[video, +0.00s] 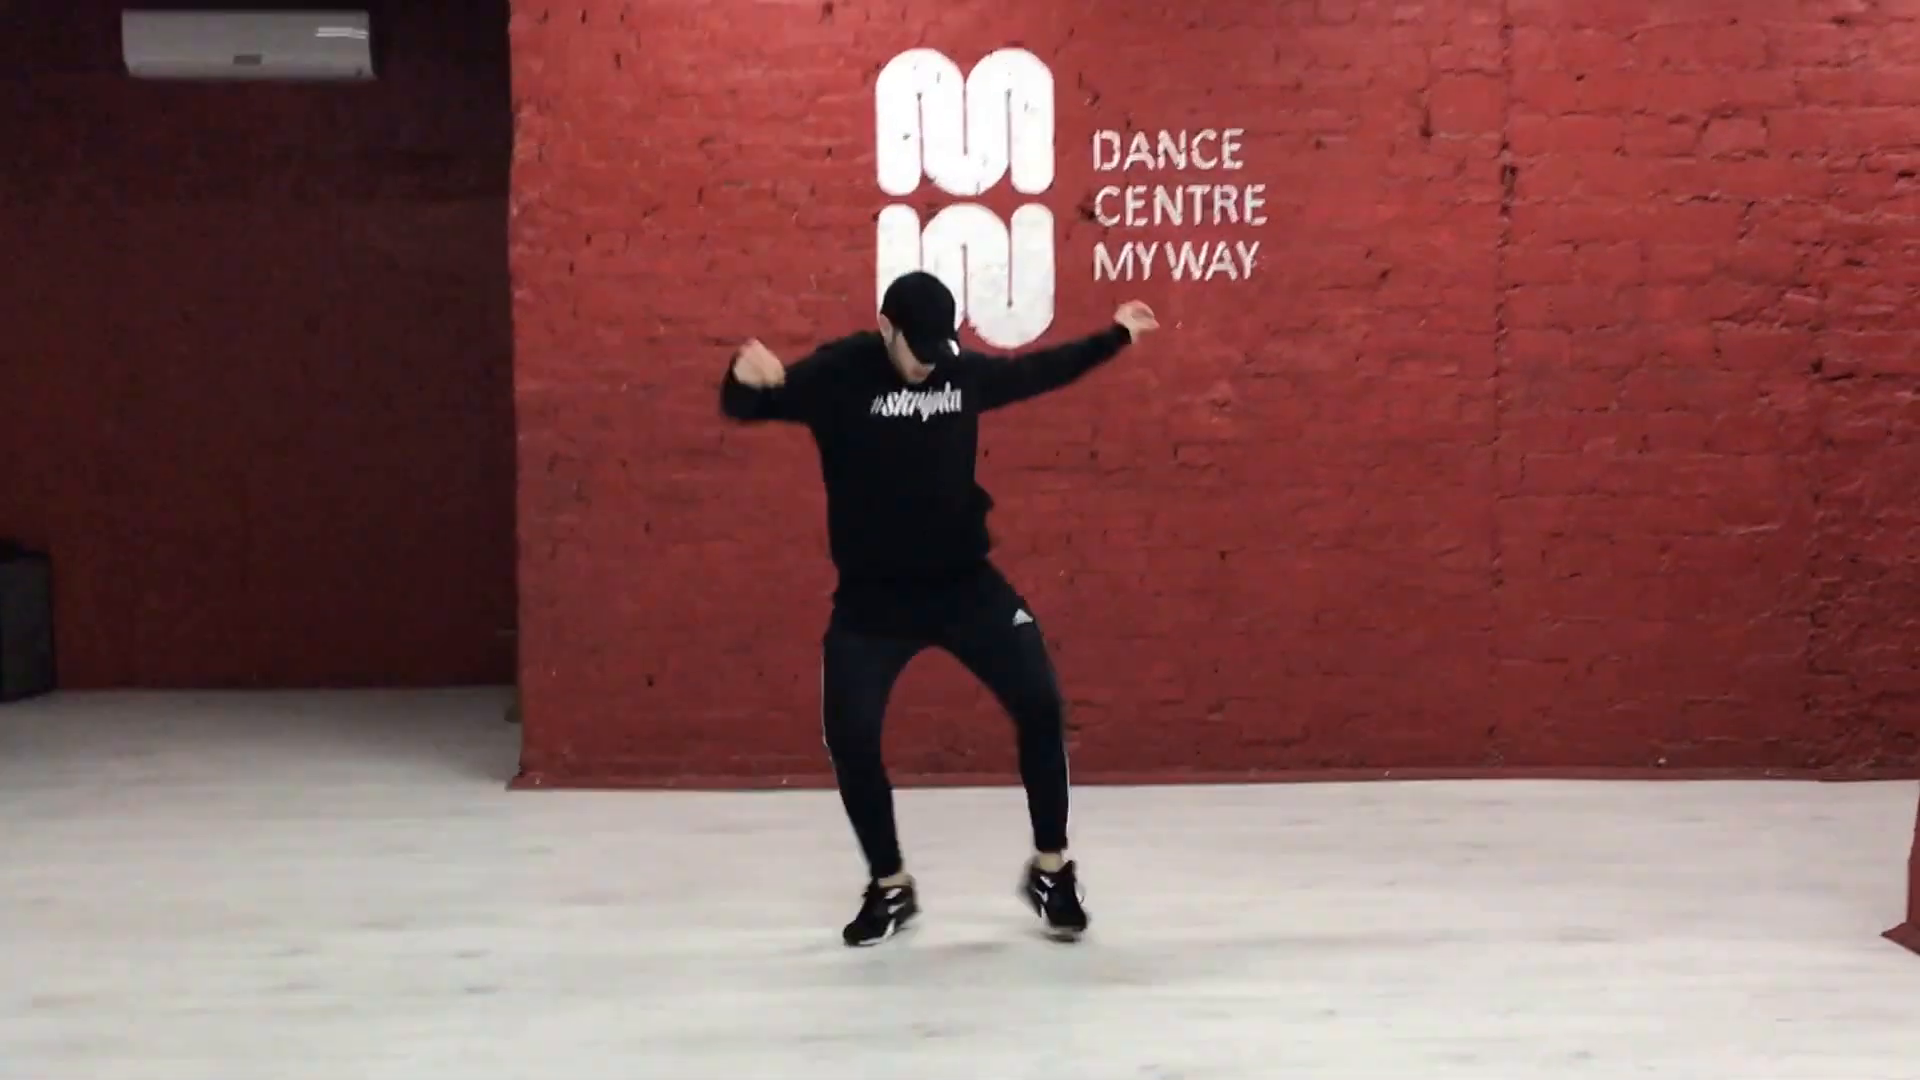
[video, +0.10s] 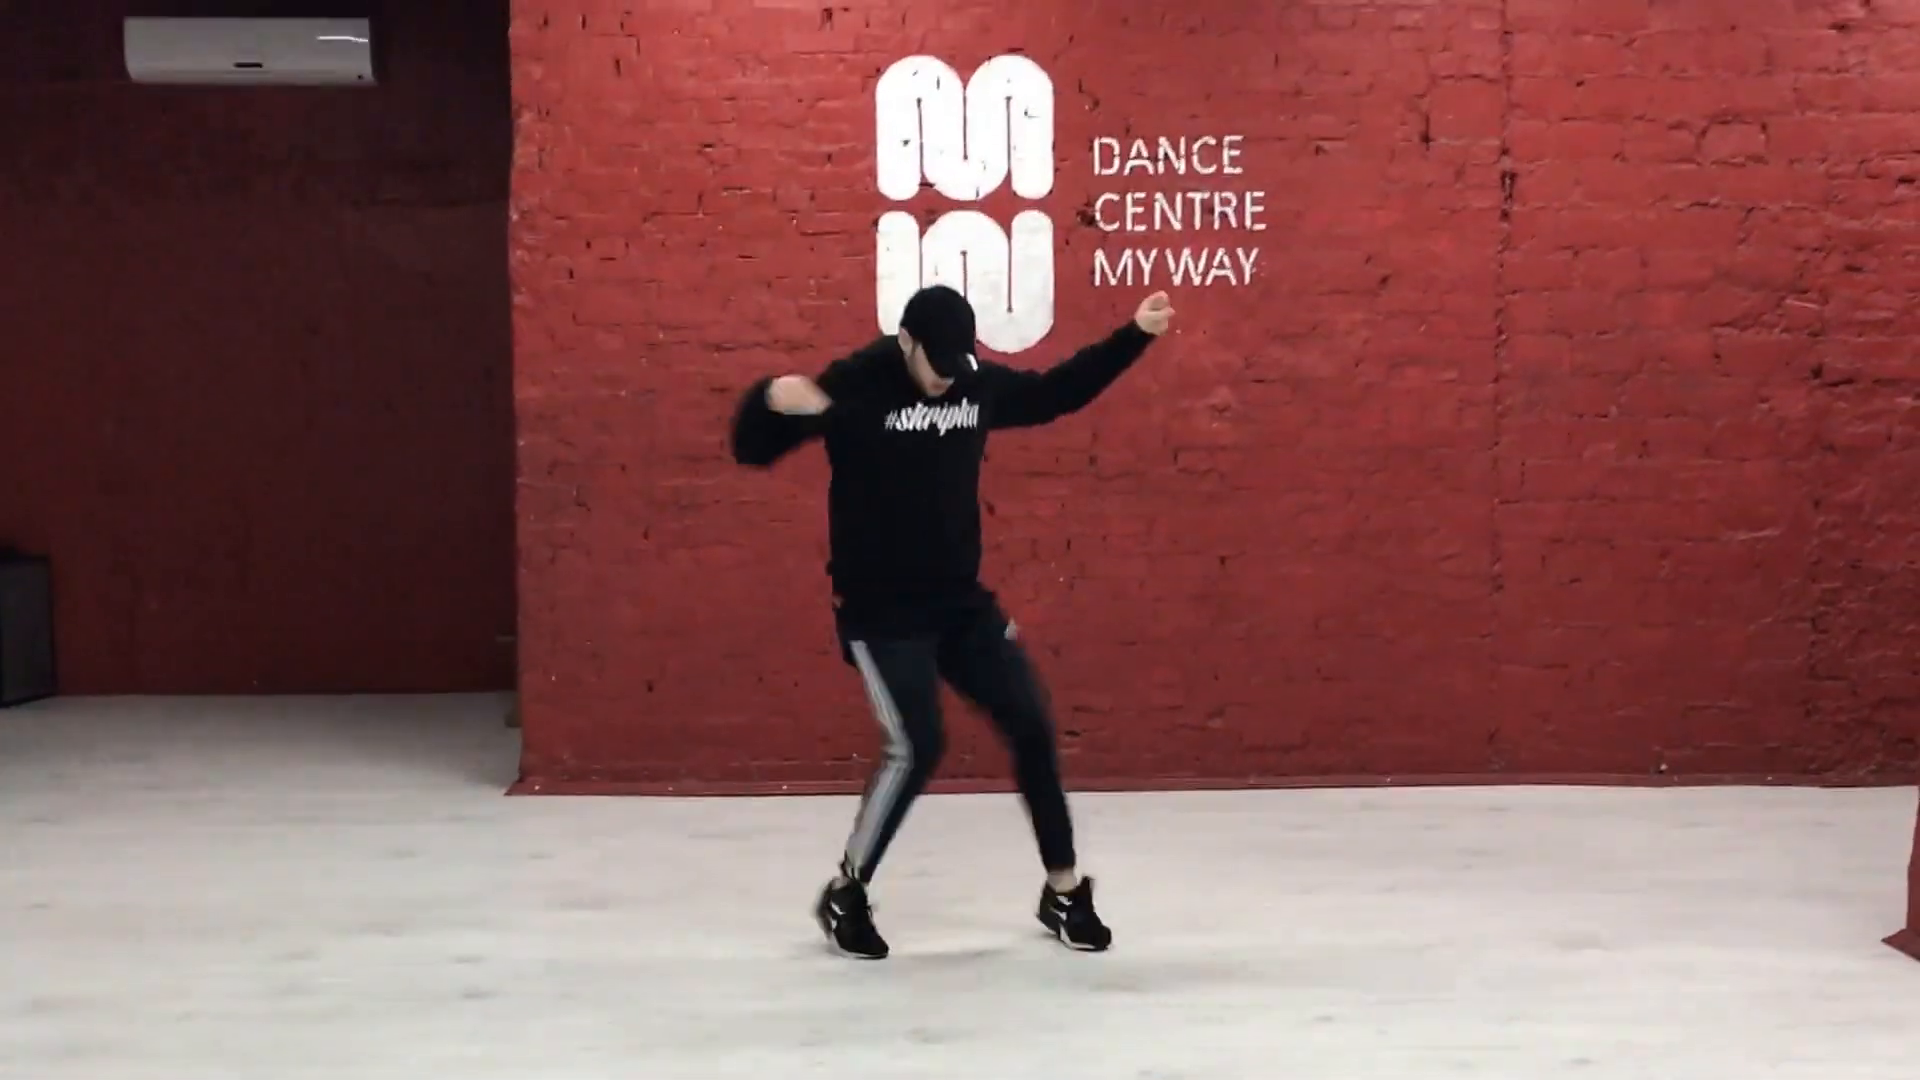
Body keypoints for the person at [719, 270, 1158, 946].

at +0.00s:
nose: (928, 367)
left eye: (938, 355)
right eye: (918, 353)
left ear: (949, 338)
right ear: (887, 329)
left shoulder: (964, 374)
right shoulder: (837, 373)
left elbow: (1036, 371)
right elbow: (743, 407)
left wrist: (1114, 336)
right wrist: (744, 382)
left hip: (965, 588)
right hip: (874, 595)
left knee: (1041, 707)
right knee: (849, 737)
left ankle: (1051, 867)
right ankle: (890, 884)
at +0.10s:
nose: (947, 380)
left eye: (957, 368)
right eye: (938, 366)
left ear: (967, 351)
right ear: (907, 343)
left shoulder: (975, 386)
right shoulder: (854, 384)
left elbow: (1055, 392)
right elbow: (753, 446)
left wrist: (1135, 334)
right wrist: (767, 400)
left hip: (957, 602)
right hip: (879, 609)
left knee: (1031, 723)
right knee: (915, 746)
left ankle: (1064, 890)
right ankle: (846, 892)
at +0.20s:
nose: (951, 412)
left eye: (962, 400)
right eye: (941, 399)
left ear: (976, 377)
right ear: (915, 372)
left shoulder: (987, 404)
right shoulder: (871, 405)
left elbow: (1049, 375)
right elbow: (808, 443)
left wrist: (1090, 356)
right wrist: (849, 353)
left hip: (944, 620)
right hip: (864, 622)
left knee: (1012, 750)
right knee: (930, 758)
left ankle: (1057, 899)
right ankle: (842, 903)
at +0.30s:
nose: (927, 414)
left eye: (938, 404)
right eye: (916, 402)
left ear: (953, 386)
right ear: (893, 378)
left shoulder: (964, 413)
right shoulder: (858, 399)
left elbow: (1048, 461)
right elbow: (852, 468)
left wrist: (1064, 530)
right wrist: (946, 467)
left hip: (928, 621)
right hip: (844, 623)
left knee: (1008, 714)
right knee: (893, 757)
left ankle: (985, 861)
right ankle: (833, 916)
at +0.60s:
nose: (873, 415)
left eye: (884, 402)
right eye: (862, 403)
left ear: (900, 390)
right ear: (841, 393)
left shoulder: (934, 421)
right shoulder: (811, 443)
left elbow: (1021, 460)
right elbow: (718, 483)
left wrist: (951, 502)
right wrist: (757, 534)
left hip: (920, 639)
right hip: (848, 639)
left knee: (858, 779)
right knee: (871, 774)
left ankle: (734, 864)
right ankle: (873, 913)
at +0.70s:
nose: (881, 346)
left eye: (892, 333)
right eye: (868, 334)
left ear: (913, 334)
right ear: (849, 337)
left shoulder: (957, 401)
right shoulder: (829, 427)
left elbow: (1000, 494)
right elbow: (812, 542)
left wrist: (1016, 596)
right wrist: (860, 614)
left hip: (935, 605)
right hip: (861, 613)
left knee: (931, 759)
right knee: (879, 756)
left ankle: (841, 841)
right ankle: (867, 906)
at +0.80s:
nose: (912, 349)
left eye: (923, 336)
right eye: (899, 337)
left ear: (941, 339)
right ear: (881, 340)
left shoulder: (976, 401)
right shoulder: (861, 418)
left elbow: (1036, 484)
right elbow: (872, 529)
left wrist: (1077, 582)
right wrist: (918, 624)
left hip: (946, 601)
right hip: (864, 607)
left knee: (1003, 727)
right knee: (873, 755)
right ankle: (869, 892)